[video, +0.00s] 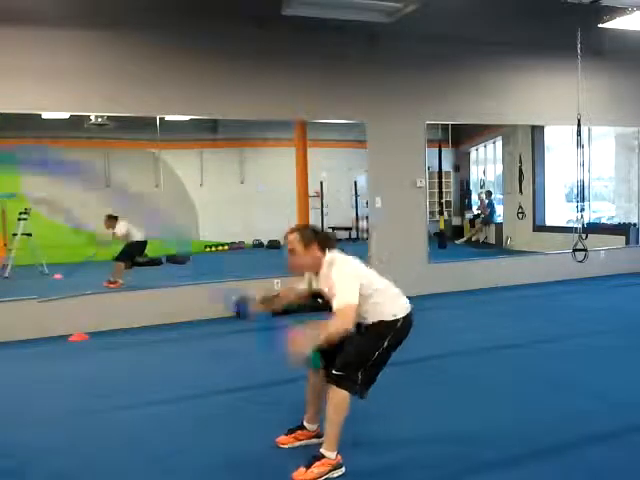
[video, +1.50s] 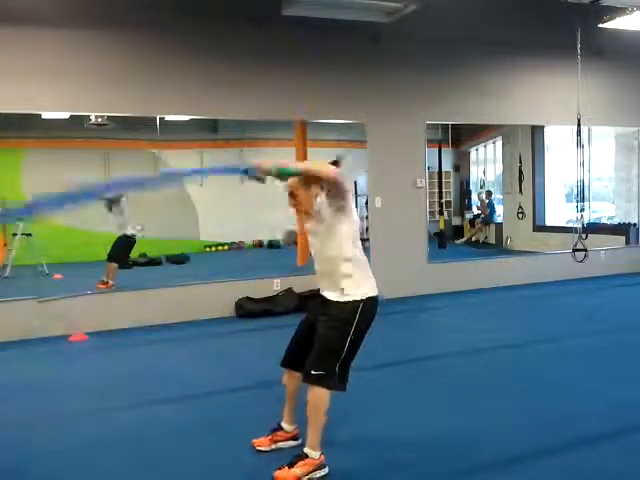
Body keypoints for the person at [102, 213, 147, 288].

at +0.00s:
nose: (105, 225)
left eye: (106, 223)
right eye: (105, 223)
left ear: (111, 221)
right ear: (113, 221)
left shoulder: (120, 225)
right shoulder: (121, 225)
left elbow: (121, 235)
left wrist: (115, 234)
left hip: (136, 241)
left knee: (120, 260)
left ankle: (117, 281)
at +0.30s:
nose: (114, 205)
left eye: (115, 203)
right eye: (115, 203)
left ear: (119, 202)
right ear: (123, 201)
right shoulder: (126, 210)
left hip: (129, 236)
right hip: (133, 236)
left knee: (115, 257)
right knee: (121, 260)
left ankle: (114, 279)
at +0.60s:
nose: (96, 225)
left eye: (97, 223)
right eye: (97, 223)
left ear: (101, 223)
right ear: (105, 222)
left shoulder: (109, 227)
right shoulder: (111, 226)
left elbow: (108, 240)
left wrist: (101, 246)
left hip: (128, 241)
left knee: (111, 260)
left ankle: (108, 281)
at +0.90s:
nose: (110, 207)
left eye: (111, 204)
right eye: (110, 205)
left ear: (114, 202)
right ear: (116, 201)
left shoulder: (120, 207)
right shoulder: (122, 207)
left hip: (125, 235)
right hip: (129, 235)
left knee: (111, 259)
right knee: (121, 264)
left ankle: (108, 281)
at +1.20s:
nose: (93, 224)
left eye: (94, 222)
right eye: (93, 222)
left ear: (100, 222)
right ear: (100, 222)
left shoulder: (107, 228)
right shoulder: (106, 228)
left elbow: (110, 243)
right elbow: (105, 243)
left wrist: (105, 255)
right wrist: (100, 255)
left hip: (128, 241)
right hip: (123, 242)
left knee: (111, 260)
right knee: (109, 259)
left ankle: (108, 281)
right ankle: (105, 280)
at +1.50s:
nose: (106, 207)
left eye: (108, 204)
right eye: (106, 204)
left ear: (113, 202)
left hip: (127, 235)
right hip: (122, 235)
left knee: (115, 259)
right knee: (110, 258)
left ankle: (110, 281)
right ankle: (106, 280)